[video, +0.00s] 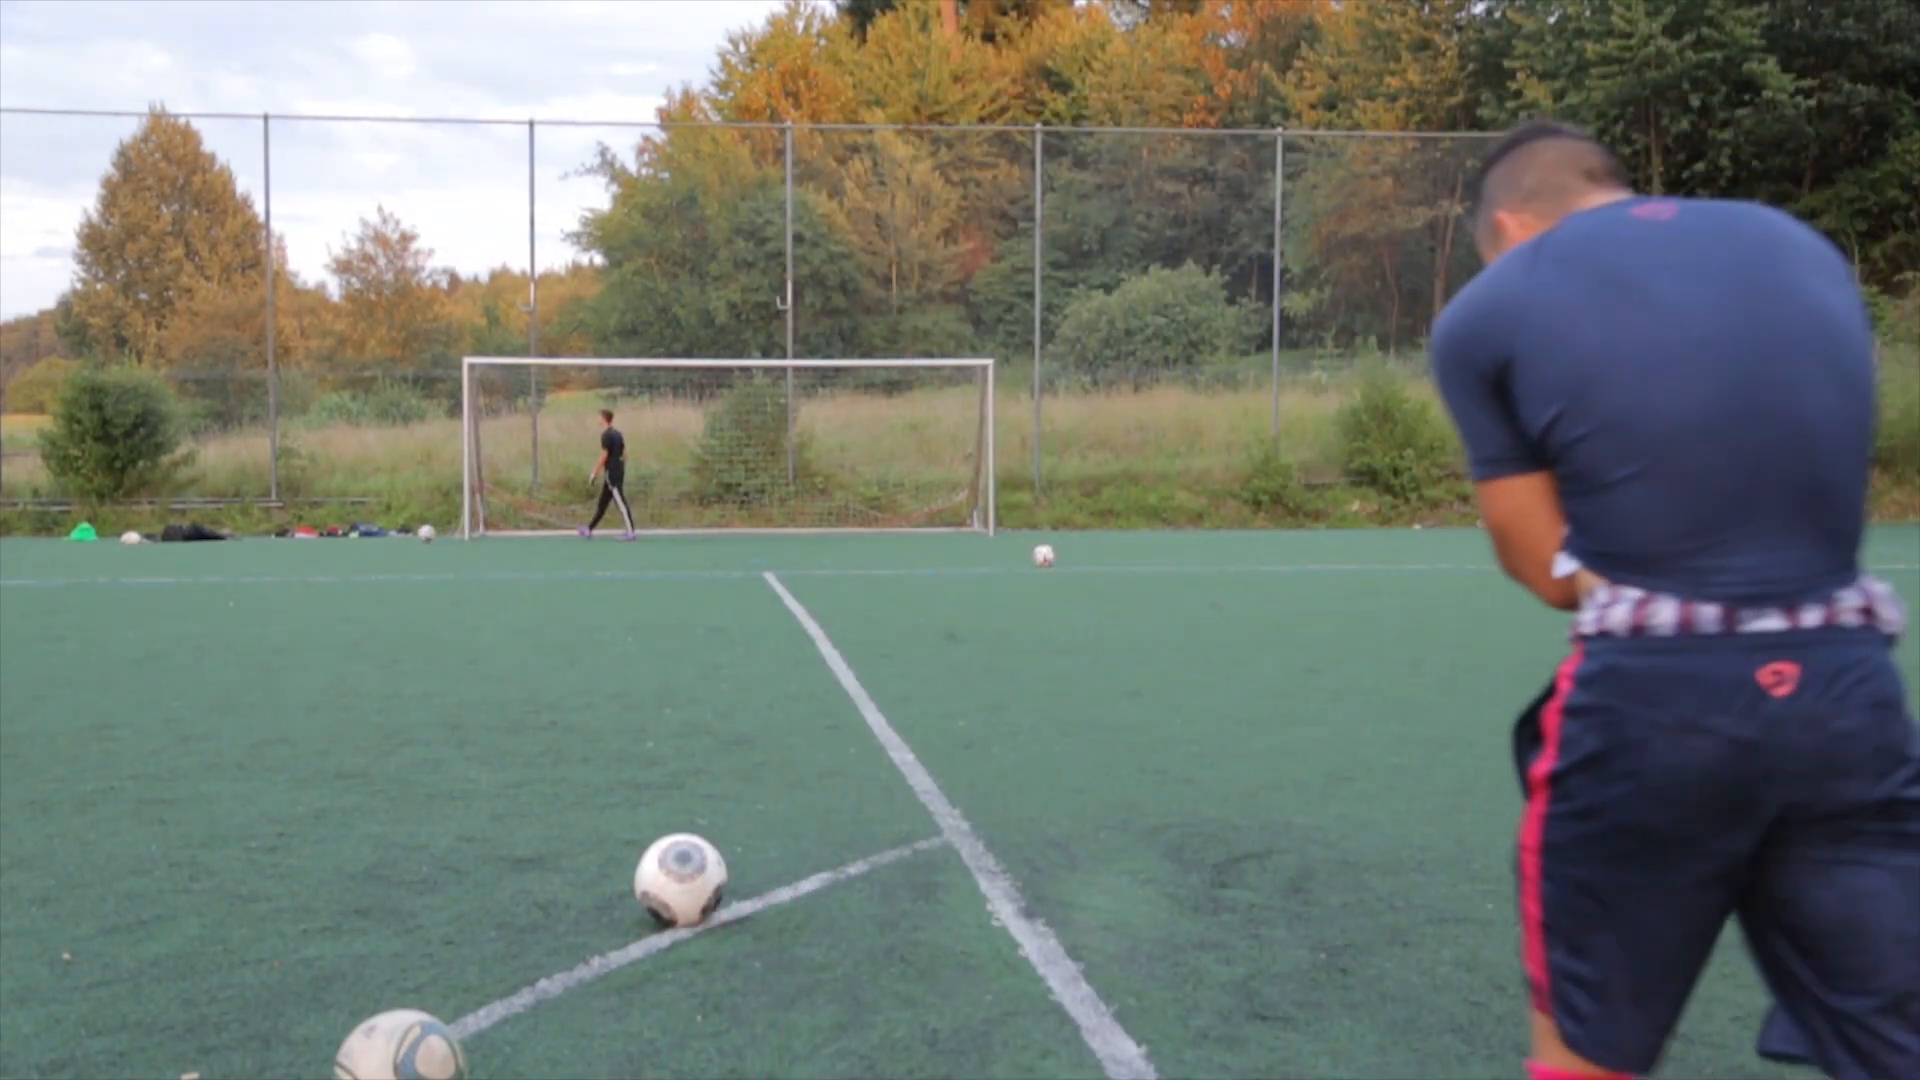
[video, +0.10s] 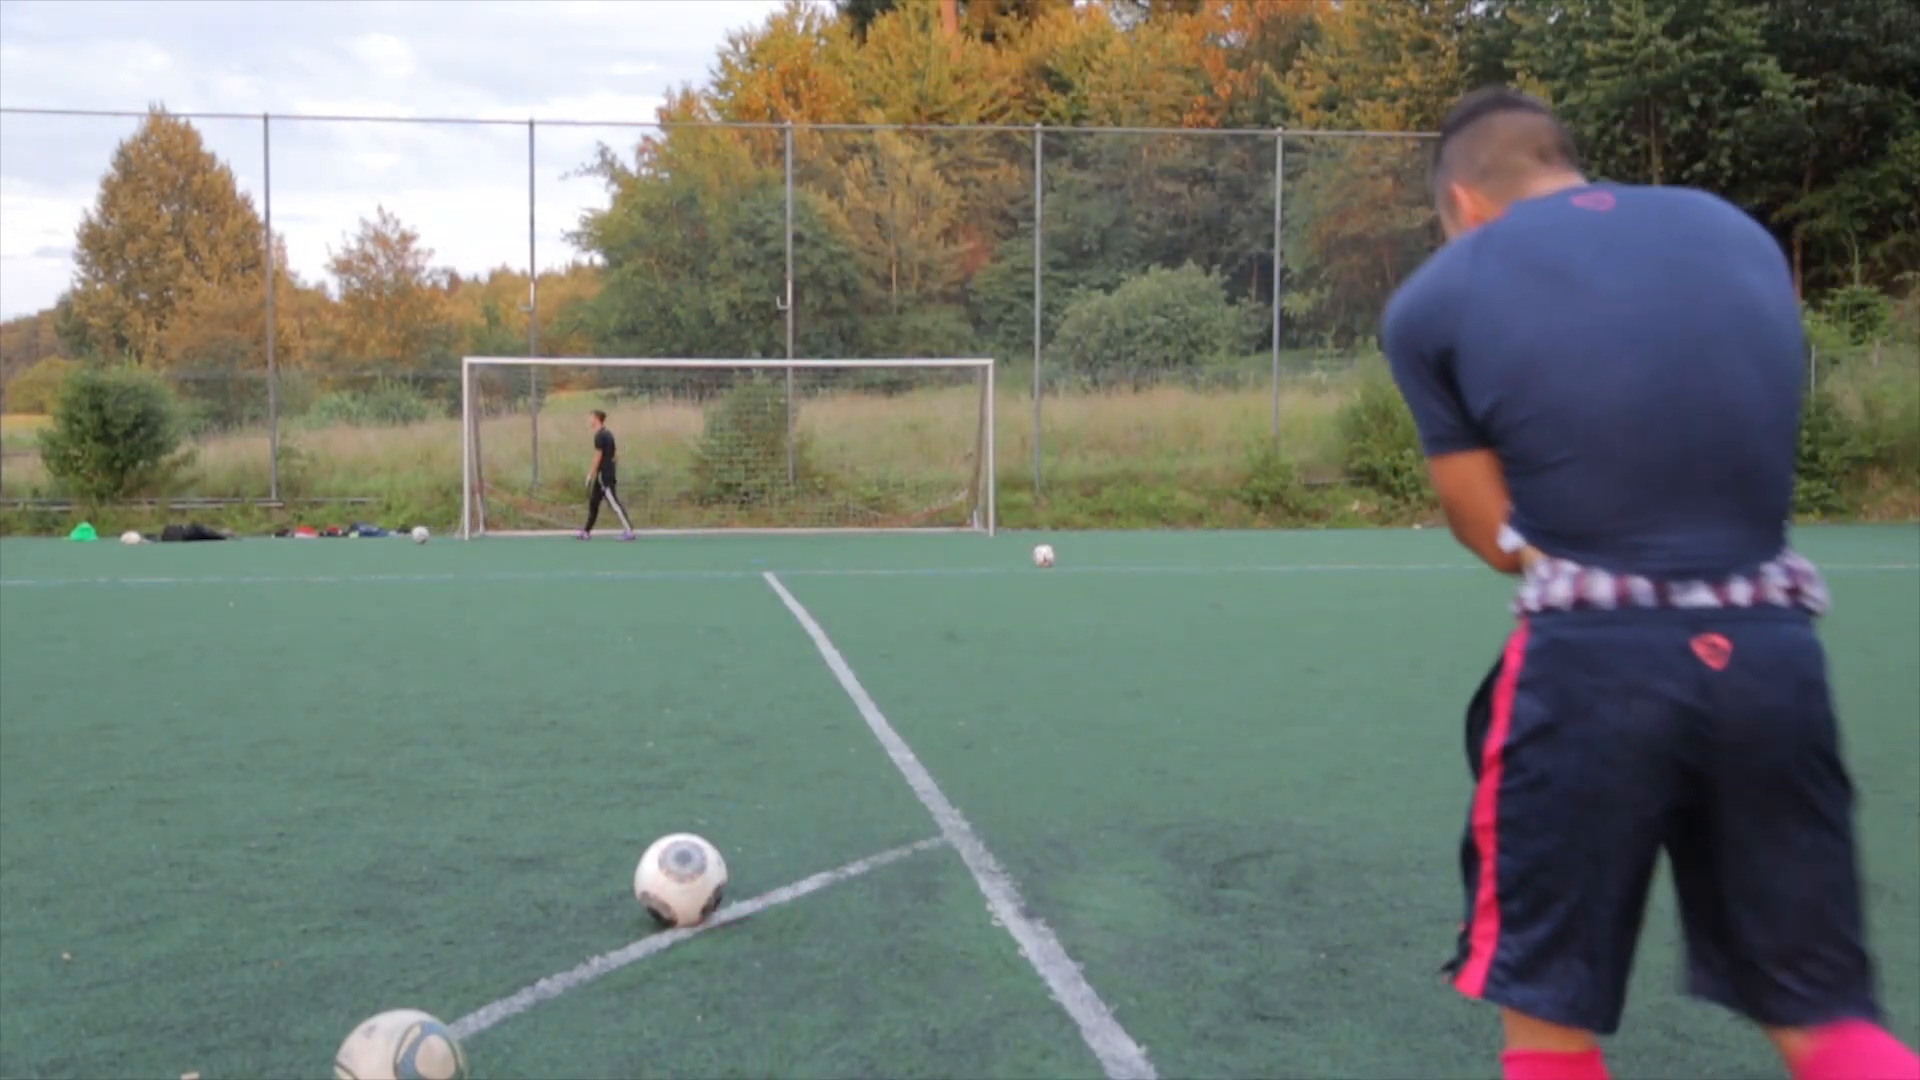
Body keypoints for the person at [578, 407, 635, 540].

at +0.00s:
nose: (599, 421)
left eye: (601, 418)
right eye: (600, 418)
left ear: (604, 419)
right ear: (611, 419)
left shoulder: (606, 435)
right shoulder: (617, 434)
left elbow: (604, 455)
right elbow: (623, 455)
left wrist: (594, 472)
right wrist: (618, 467)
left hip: (611, 469)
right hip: (618, 467)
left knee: (619, 500)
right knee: (604, 501)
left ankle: (630, 531)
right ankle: (589, 528)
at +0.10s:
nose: (591, 423)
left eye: (593, 420)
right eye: (591, 419)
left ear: (598, 420)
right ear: (601, 421)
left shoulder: (601, 435)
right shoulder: (608, 435)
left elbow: (598, 457)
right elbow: (613, 455)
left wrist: (591, 474)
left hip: (604, 471)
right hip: (607, 469)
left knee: (612, 501)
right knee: (594, 501)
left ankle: (629, 530)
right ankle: (586, 530)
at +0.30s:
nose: (577, 420)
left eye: (578, 417)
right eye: (576, 417)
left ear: (585, 417)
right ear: (583, 418)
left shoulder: (587, 434)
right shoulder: (587, 433)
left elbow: (587, 457)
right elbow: (588, 457)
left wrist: (582, 475)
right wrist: (584, 473)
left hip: (589, 471)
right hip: (590, 470)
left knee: (583, 501)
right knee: (586, 501)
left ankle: (608, 520)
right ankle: (585, 531)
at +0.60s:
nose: (555, 421)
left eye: (558, 417)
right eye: (554, 418)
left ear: (564, 418)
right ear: (554, 420)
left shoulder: (567, 434)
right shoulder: (562, 435)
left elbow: (571, 455)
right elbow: (563, 457)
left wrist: (569, 474)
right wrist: (557, 472)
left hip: (565, 472)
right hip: (567, 472)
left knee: (555, 502)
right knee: (577, 503)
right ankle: (584, 530)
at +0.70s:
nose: (547, 422)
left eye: (549, 418)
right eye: (546, 419)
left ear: (555, 419)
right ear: (547, 420)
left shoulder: (558, 435)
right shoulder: (554, 435)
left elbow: (562, 457)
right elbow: (554, 458)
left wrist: (563, 475)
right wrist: (548, 473)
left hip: (556, 474)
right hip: (557, 474)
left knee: (547, 503)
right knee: (569, 503)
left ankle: (539, 531)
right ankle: (582, 529)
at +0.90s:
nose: (531, 420)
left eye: (533, 417)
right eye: (530, 417)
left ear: (538, 418)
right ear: (529, 419)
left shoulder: (541, 435)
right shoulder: (537, 434)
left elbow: (542, 457)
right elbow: (537, 457)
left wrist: (540, 476)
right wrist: (532, 473)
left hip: (538, 472)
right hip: (535, 472)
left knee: (535, 502)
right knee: (536, 502)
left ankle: (535, 532)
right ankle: (559, 519)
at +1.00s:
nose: (522, 420)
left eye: (525, 417)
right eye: (521, 417)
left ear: (531, 418)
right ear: (521, 419)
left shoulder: (533, 434)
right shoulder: (529, 434)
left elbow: (533, 456)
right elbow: (530, 456)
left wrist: (526, 475)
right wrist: (525, 473)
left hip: (532, 471)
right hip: (527, 470)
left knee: (531, 499)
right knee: (518, 497)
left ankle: (536, 530)